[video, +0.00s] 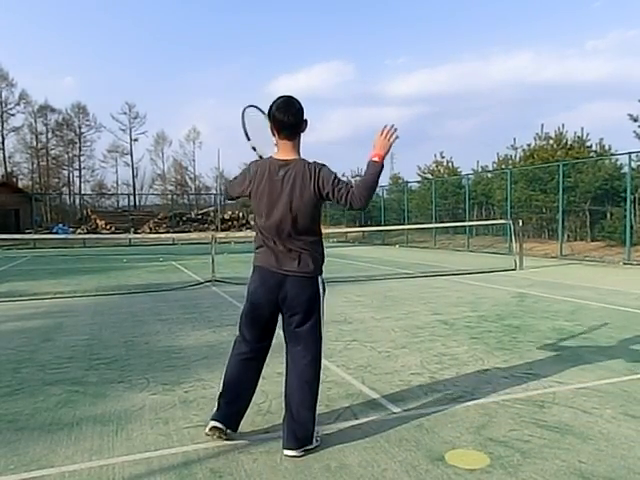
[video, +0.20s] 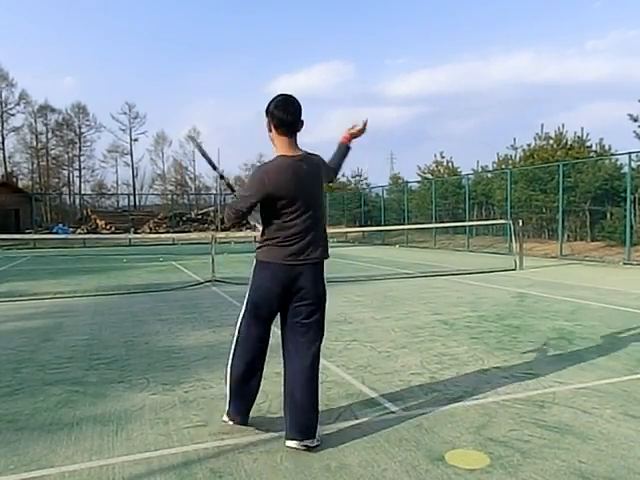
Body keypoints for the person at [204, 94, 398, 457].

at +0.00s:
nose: (279, 130)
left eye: (273, 125)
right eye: (301, 123)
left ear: (272, 129)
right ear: (304, 128)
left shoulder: (257, 172)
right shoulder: (315, 174)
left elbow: (230, 191)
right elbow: (357, 199)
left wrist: (255, 171)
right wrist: (377, 158)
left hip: (263, 277)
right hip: (302, 280)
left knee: (249, 345)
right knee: (302, 356)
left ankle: (224, 420)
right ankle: (297, 440)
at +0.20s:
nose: (268, 128)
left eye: (267, 123)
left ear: (270, 126)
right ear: (301, 126)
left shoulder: (267, 174)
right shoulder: (316, 165)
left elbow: (233, 217)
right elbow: (331, 171)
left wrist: (236, 217)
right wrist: (346, 141)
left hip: (271, 269)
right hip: (310, 270)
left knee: (251, 337)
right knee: (304, 348)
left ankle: (237, 412)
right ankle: (301, 433)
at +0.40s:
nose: (261, 128)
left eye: (263, 122)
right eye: (265, 122)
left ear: (266, 126)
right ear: (294, 130)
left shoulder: (277, 167)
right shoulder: (296, 163)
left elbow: (284, 211)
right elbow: (257, 178)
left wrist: (254, 224)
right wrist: (225, 189)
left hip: (274, 266)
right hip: (307, 264)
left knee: (261, 334)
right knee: (304, 338)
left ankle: (264, 408)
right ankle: (305, 422)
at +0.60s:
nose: (246, 146)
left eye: (247, 141)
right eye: (248, 141)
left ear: (252, 142)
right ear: (277, 146)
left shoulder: (271, 180)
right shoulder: (272, 183)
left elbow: (303, 207)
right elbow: (270, 229)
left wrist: (270, 230)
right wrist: (236, 234)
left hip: (271, 276)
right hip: (299, 274)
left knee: (260, 346)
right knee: (296, 345)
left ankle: (270, 413)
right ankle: (327, 407)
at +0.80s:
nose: (245, 143)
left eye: (245, 137)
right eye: (247, 137)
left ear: (250, 137)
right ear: (276, 141)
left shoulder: (267, 170)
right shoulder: (274, 174)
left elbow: (293, 198)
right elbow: (281, 222)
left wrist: (261, 223)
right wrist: (249, 241)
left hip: (272, 271)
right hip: (300, 268)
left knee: (263, 345)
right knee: (297, 343)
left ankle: (269, 413)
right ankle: (323, 407)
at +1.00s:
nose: (256, 143)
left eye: (256, 138)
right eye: (258, 138)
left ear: (261, 139)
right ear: (287, 141)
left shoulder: (264, 172)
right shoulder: (298, 176)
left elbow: (257, 200)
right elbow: (303, 226)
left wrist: (237, 227)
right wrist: (268, 247)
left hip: (275, 271)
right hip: (309, 268)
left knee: (263, 341)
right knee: (305, 344)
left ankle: (269, 414)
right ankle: (309, 417)